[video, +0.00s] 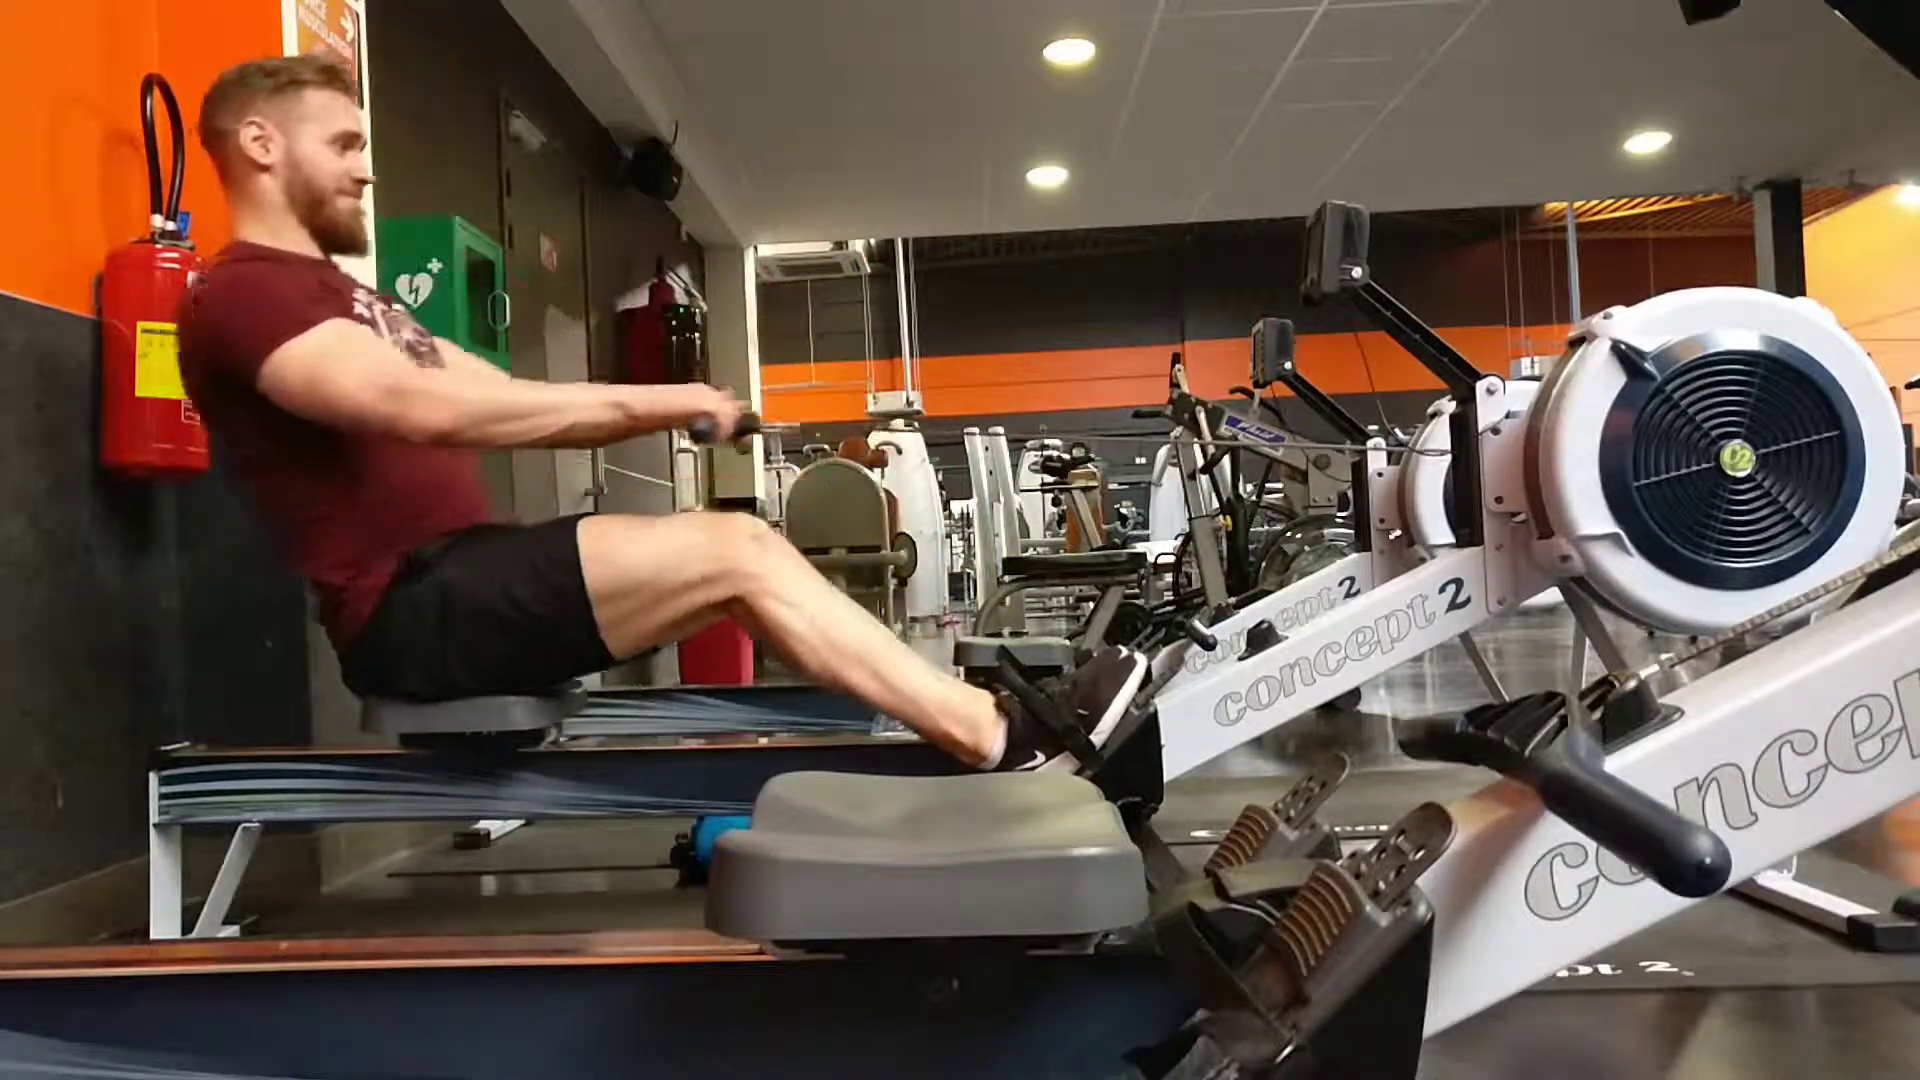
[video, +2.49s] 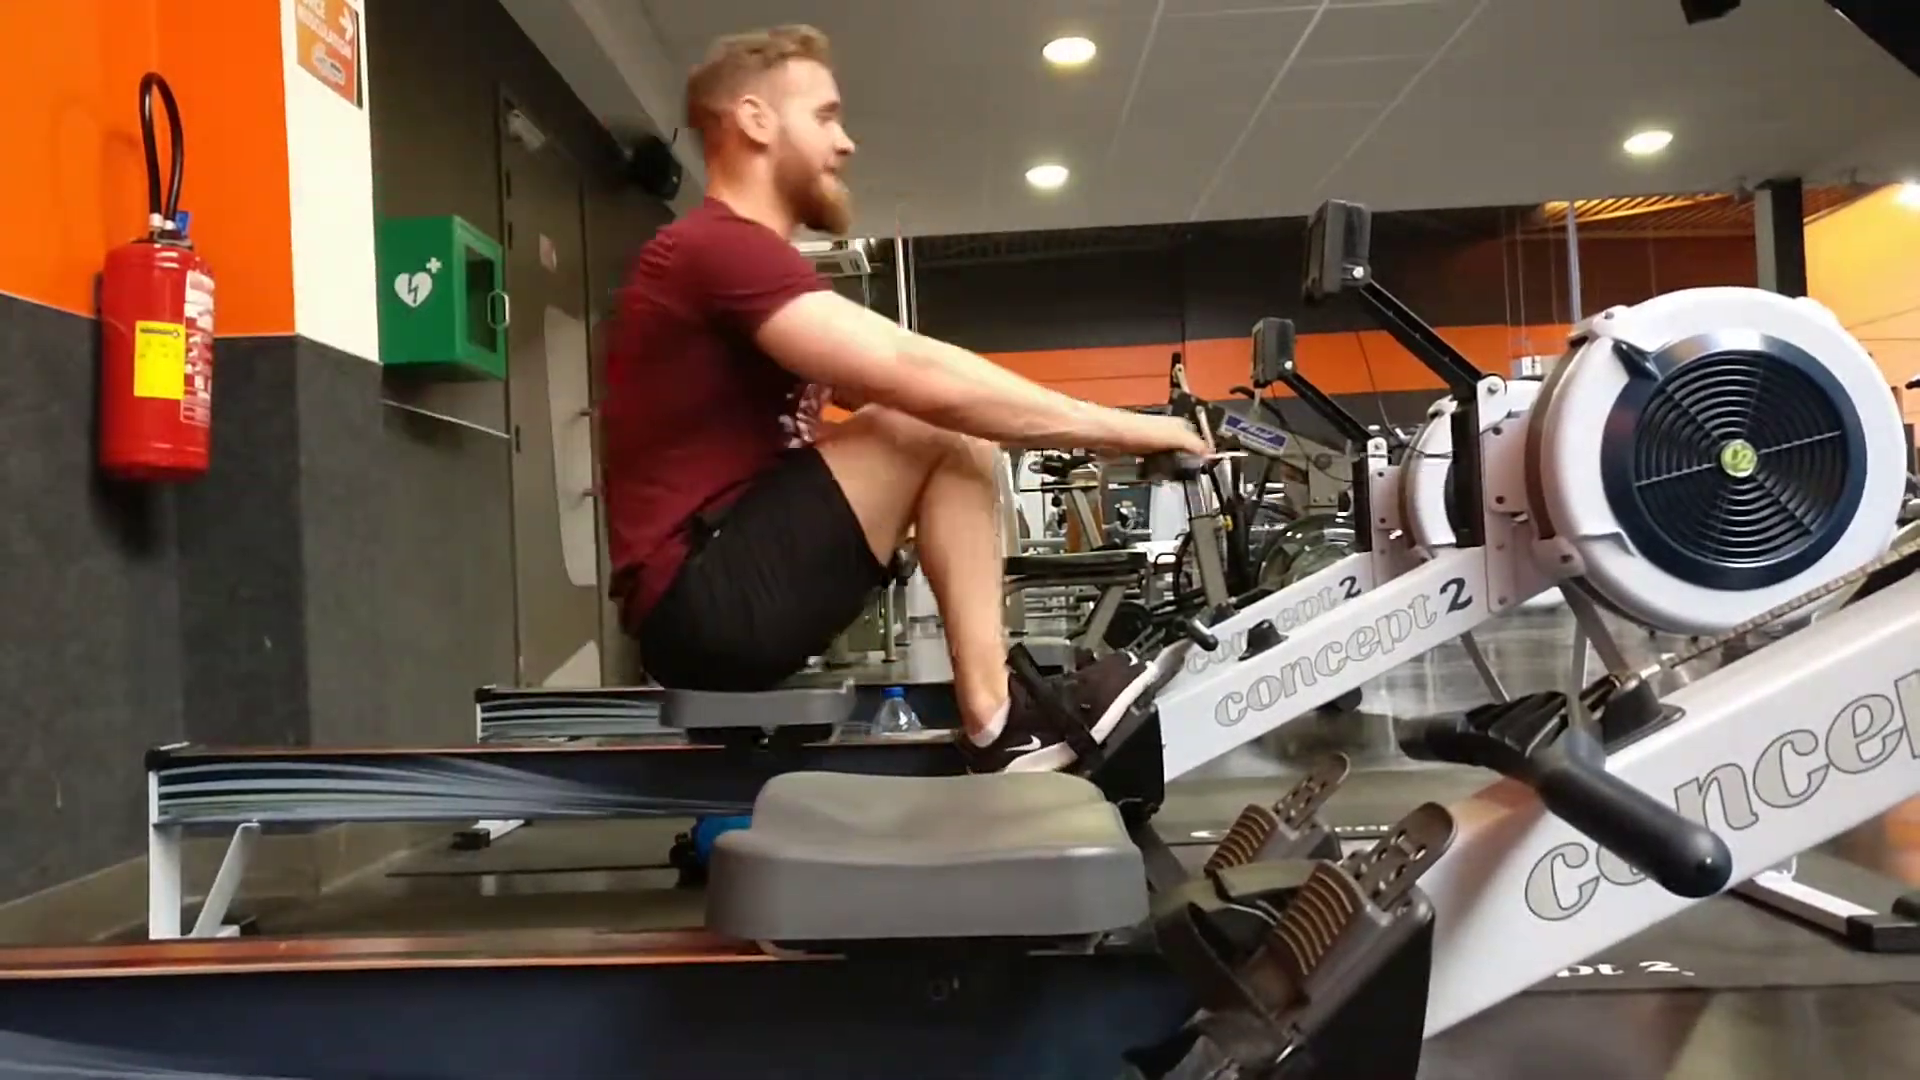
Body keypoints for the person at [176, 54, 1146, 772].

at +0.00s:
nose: (364, 166)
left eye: (361, 145)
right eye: (340, 142)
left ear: (291, 152)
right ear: (255, 151)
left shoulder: (334, 291)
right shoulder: (248, 290)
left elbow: (502, 406)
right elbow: (424, 410)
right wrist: (649, 405)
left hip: (459, 580)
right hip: (413, 606)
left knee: (749, 547)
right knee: (743, 549)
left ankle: (999, 730)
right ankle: (1000, 745)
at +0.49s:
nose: (702, 197)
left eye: (706, 174)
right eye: (692, 168)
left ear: (620, 153)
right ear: (615, 148)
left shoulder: (625, 303)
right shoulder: (511, 262)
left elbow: (644, 449)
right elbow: (571, 424)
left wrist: (755, 401)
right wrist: (764, 374)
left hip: (584, 600)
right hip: (523, 612)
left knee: (832, 471)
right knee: (821, 471)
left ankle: (983, 714)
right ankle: (984, 732)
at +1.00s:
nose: (951, 171)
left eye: (951, 145)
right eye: (940, 140)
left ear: (871, 137)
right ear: (870, 132)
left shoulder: (833, 258)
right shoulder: (832, 257)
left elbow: (1027, 405)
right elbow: (1056, 393)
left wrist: (1173, 473)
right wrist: (1237, 455)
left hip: (776, 609)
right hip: (769, 617)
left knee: (1007, 423)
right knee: (1003, 423)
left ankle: (998, 703)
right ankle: (991, 715)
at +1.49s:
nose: (485, 160)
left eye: (483, 137)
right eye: (466, 133)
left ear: (399, 137)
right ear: (382, 132)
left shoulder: (438, 276)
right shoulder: (361, 271)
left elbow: (583, 396)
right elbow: (548, 400)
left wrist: (750, 417)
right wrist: (754, 414)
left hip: (516, 583)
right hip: (477, 603)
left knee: (798, 488)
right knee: (788, 496)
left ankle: (992, 719)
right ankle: (991, 737)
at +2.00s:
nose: (721, 196)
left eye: (724, 172)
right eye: (711, 166)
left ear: (641, 153)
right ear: (635, 147)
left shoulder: (633, 299)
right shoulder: (541, 269)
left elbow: (713, 425)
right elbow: (676, 440)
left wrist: (864, 422)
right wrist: (872, 414)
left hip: (574, 606)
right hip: (522, 616)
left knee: (841, 471)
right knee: (825, 478)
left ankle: (980, 715)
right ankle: (983, 738)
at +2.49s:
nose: (847, 142)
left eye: (839, 119)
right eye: (826, 117)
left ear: (756, 122)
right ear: (754, 120)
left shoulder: (739, 253)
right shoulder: (721, 248)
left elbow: (920, 376)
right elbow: (923, 380)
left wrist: (1113, 429)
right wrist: (1125, 430)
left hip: (713, 598)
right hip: (701, 608)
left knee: (943, 427)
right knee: (940, 431)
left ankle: (995, 699)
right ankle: (992, 721)